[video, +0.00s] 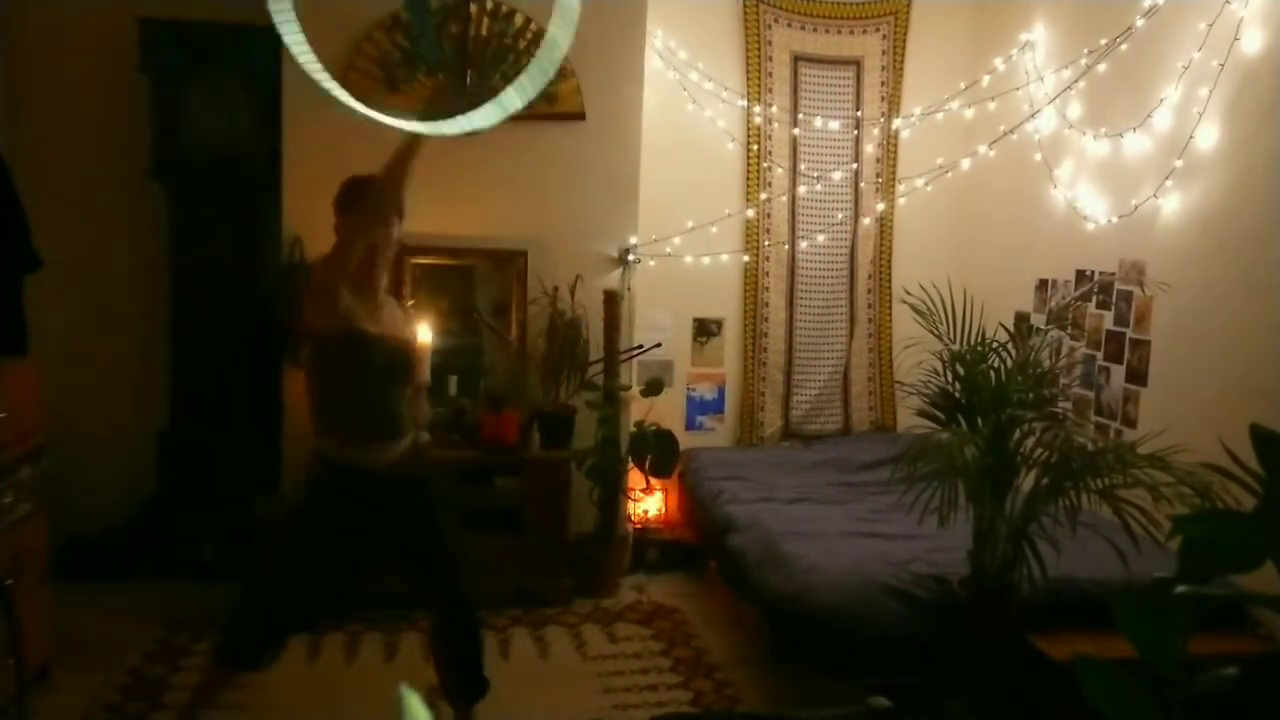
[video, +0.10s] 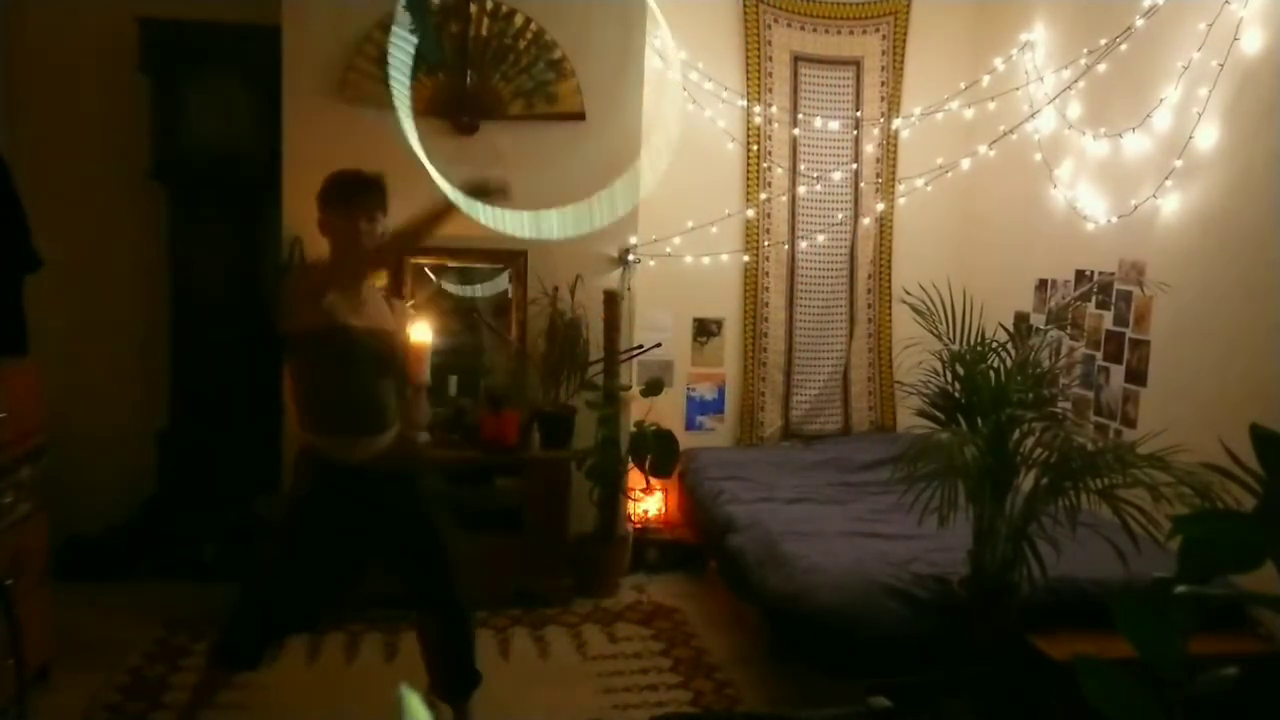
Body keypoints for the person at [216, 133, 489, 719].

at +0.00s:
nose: (386, 238)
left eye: (392, 223)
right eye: (375, 221)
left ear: (401, 231)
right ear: (345, 222)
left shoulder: (393, 308)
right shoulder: (319, 295)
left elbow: (409, 396)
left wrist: (419, 374)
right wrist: (414, 133)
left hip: (403, 475)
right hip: (339, 476)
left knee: (452, 593)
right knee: (281, 597)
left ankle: (465, 702)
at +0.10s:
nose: (366, 228)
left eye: (373, 217)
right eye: (353, 217)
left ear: (383, 223)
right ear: (325, 223)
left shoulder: (386, 304)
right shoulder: (304, 290)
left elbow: (411, 385)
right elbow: (392, 249)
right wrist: (455, 202)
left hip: (392, 469)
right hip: (323, 471)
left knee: (439, 590)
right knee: (275, 597)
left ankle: (457, 704)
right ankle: (199, 699)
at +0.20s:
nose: (354, 231)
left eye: (364, 218)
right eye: (341, 217)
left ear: (377, 226)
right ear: (316, 222)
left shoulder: (386, 306)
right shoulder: (297, 291)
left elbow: (411, 393)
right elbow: (342, 323)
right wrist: (405, 319)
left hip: (381, 467)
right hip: (312, 470)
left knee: (433, 583)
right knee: (278, 591)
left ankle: (454, 701)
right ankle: (212, 685)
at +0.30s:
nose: (361, 237)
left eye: (371, 224)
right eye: (347, 224)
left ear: (384, 232)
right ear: (323, 230)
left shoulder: (393, 315)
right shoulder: (300, 303)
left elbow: (408, 399)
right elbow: (341, 377)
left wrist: (418, 364)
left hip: (389, 475)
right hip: (320, 476)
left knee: (446, 611)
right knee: (266, 604)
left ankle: (461, 708)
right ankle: (198, 702)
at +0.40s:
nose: (377, 245)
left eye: (386, 232)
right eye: (365, 233)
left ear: (401, 238)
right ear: (343, 241)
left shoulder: (415, 316)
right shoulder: (329, 315)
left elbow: (421, 396)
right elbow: (346, 407)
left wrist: (429, 446)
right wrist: (392, 449)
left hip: (419, 473)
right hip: (362, 477)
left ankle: (460, 704)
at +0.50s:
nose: (406, 248)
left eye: (413, 235)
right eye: (391, 236)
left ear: (425, 240)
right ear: (369, 246)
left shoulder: (459, 328)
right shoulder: (359, 333)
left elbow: (480, 408)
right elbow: (356, 425)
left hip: (453, 488)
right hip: (385, 492)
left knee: (501, 640)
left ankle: (472, 710)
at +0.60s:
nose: (428, 257)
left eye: (435, 242)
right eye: (413, 245)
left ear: (448, 247)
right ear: (392, 255)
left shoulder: (481, 323)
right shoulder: (384, 335)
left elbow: (501, 395)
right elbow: (393, 427)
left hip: (475, 484)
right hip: (407, 484)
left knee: (514, 628)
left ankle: (478, 709)